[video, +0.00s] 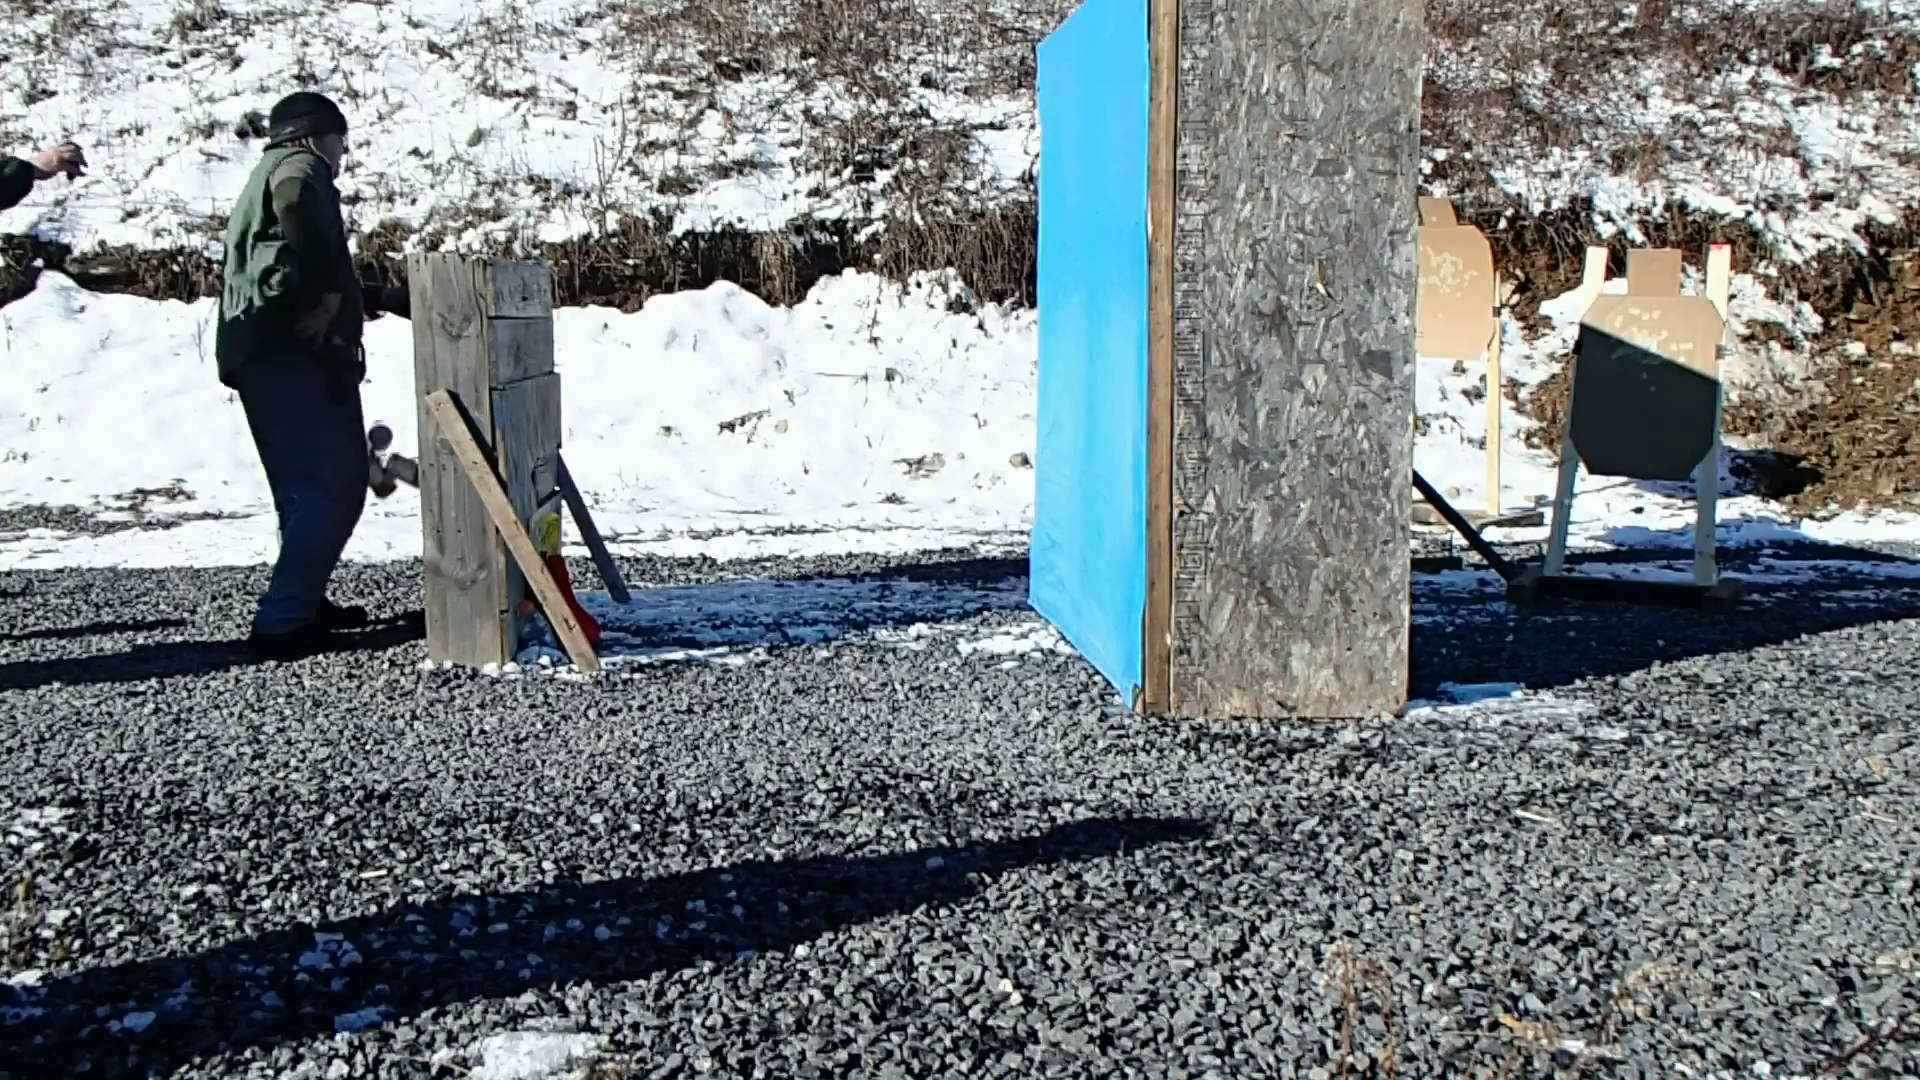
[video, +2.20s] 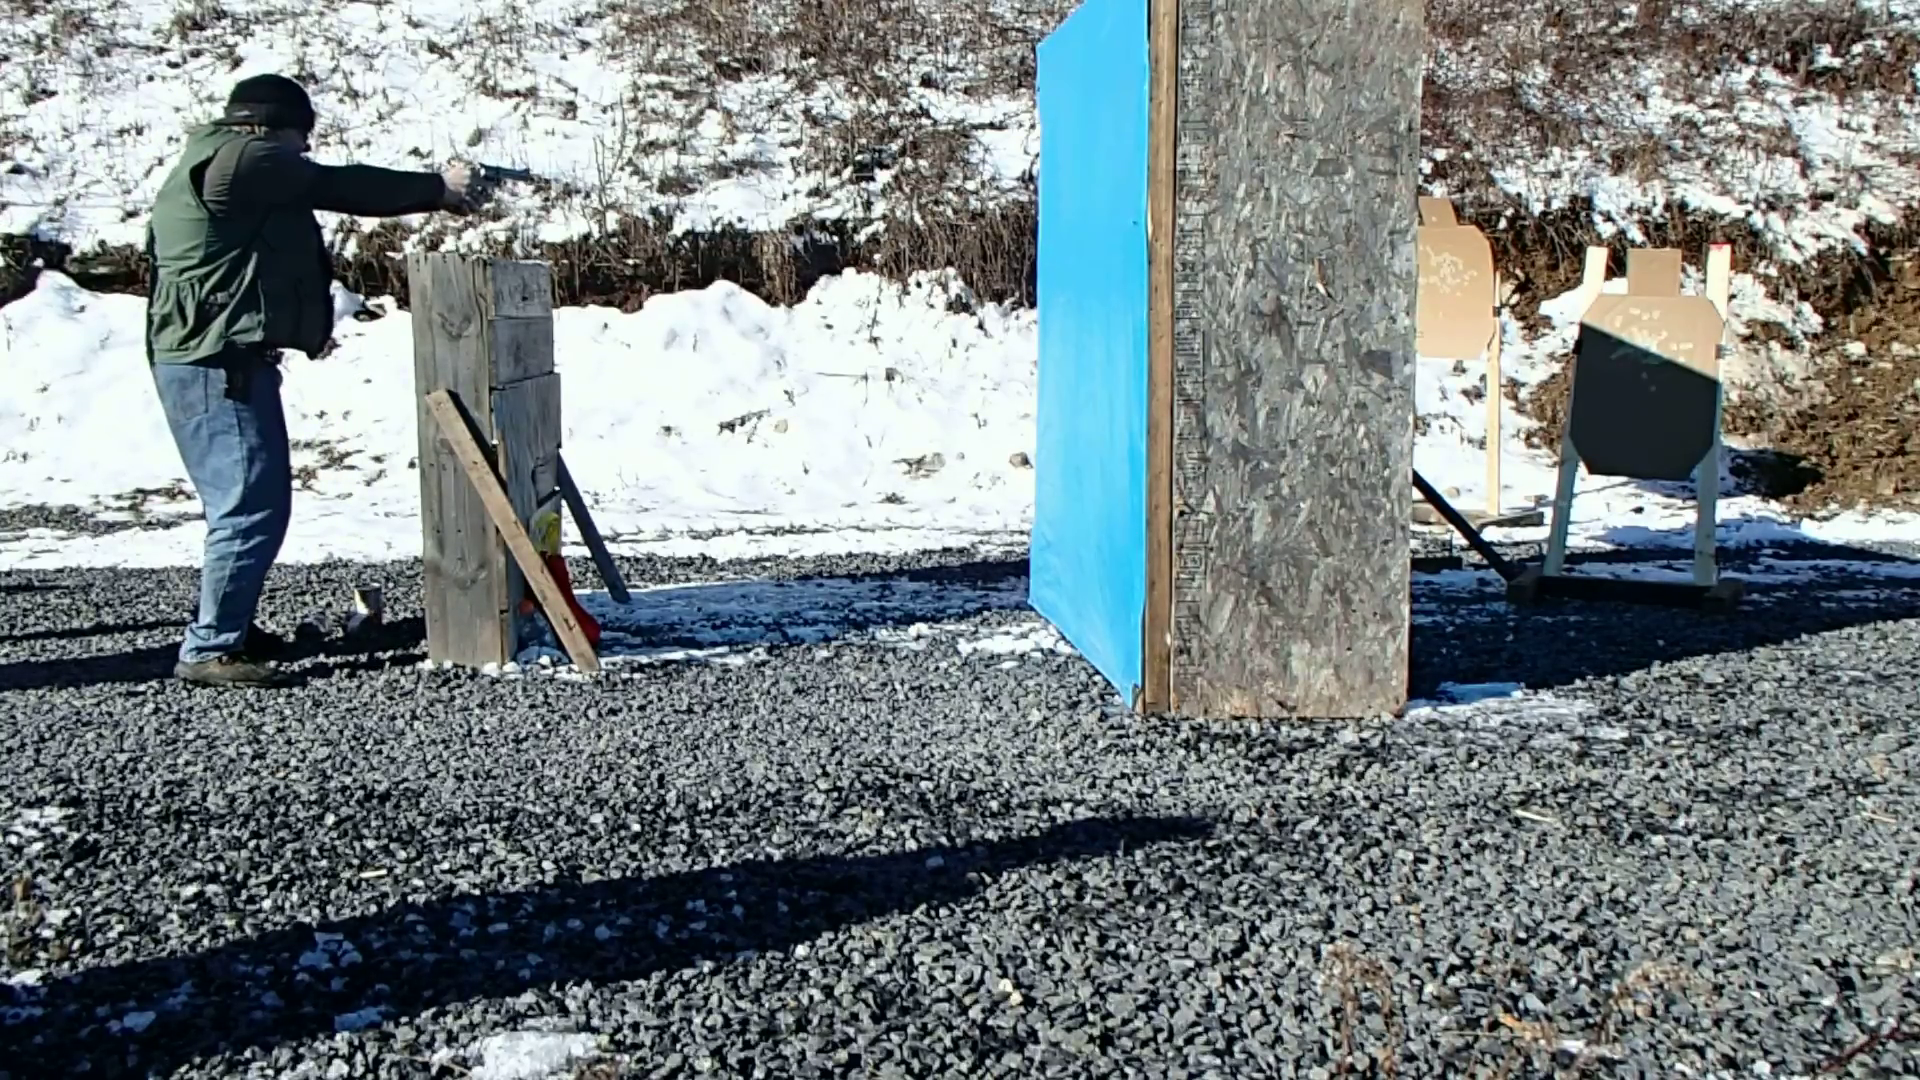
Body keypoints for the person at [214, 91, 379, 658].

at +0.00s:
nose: (343, 155)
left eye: (343, 144)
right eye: (340, 143)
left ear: (286, 136)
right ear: (317, 136)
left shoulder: (269, 173)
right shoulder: (301, 166)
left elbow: (311, 278)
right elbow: (304, 244)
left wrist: (376, 298)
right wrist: (330, 306)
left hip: (263, 359)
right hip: (293, 360)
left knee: (304, 481)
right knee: (338, 478)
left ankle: (304, 604)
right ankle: (284, 619)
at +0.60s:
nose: (314, 151)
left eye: (315, 140)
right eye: (310, 138)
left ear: (261, 131)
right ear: (279, 132)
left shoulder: (235, 167)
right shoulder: (254, 167)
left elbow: (306, 246)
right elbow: (309, 239)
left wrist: (370, 237)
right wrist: (381, 233)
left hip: (225, 353)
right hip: (259, 357)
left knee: (259, 481)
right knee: (305, 485)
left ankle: (221, 623)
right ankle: (284, 626)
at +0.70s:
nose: (310, 152)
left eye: (311, 141)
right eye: (304, 139)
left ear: (254, 133)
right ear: (274, 135)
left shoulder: (221, 171)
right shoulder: (248, 172)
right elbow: (335, 217)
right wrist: (419, 210)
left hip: (204, 352)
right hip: (238, 355)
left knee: (236, 493)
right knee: (306, 473)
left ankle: (217, 628)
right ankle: (288, 621)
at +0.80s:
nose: (301, 154)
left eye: (301, 143)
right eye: (296, 142)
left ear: (239, 130)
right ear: (269, 135)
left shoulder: (200, 172)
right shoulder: (254, 168)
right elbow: (346, 195)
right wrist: (432, 197)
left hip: (185, 346)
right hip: (225, 348)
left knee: (230, 486)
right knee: (293, 468)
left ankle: (215, 623)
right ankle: (261, 618)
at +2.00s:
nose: (303, 144)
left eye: (303, 133)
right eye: (299, 132)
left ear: (244, 116)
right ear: (273, 122)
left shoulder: (208, 158)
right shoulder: (244, 158)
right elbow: (346, 184)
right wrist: (440, 183)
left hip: (217, 355)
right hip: (219, 357)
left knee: (252, 500)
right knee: (248, 502)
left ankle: (229, 631)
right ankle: (211, 647)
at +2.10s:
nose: (303, 145)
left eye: (303, 136)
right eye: (299, 134)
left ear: (245, 116)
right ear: (274, 124)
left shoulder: (213, 157)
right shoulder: (243, 158)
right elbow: (347, 186)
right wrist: (440, 185)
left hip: (221, 357)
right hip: (218, 360)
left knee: (253, 500)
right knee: (249, 502)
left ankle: (229, 630)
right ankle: (211, 647)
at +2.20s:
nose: (304, 147)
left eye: (305, 137)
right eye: (300, 135)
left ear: (245, 117)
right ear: (278, 126)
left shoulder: (213, 157)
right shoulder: (243, 159)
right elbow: (346, 187)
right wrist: (439, 186)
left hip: (219, 358)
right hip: (217, 362)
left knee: (252, 502)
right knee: (250, 505)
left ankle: (230, 630)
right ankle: (210, 647)